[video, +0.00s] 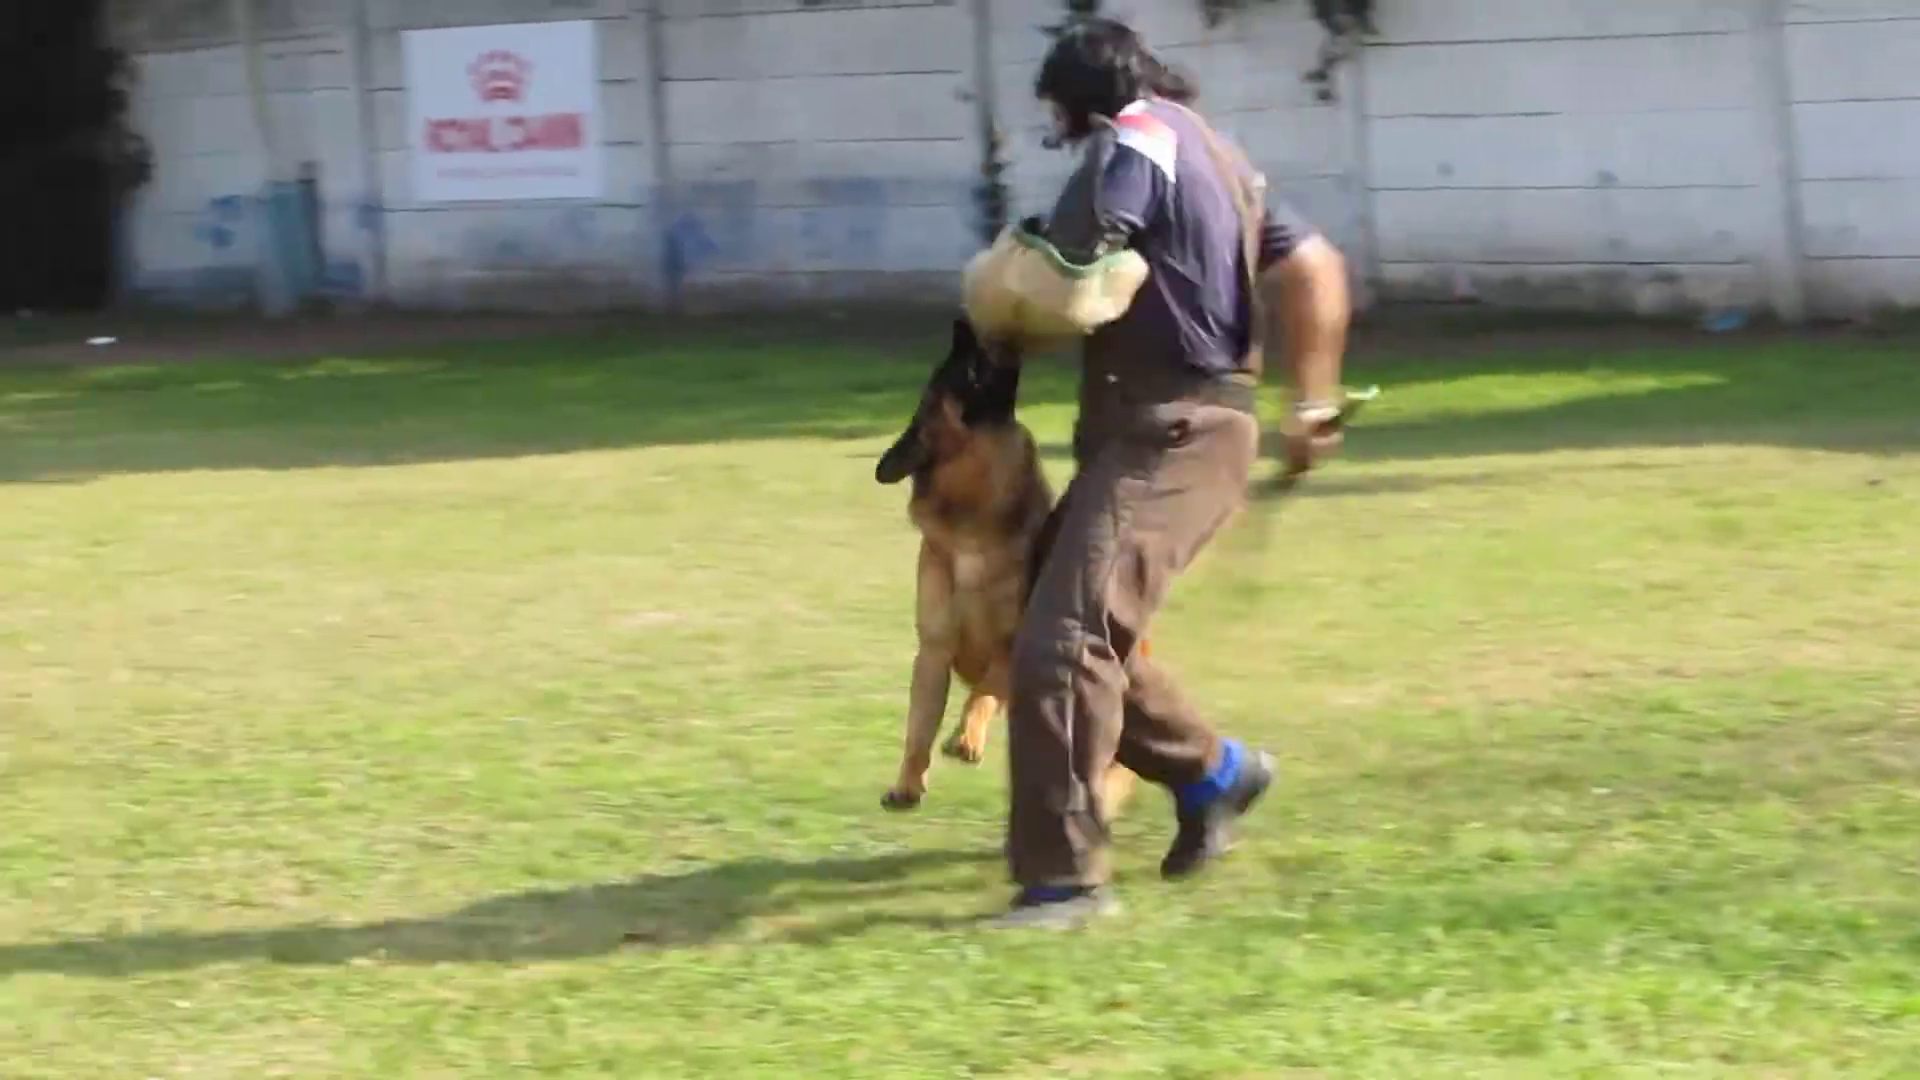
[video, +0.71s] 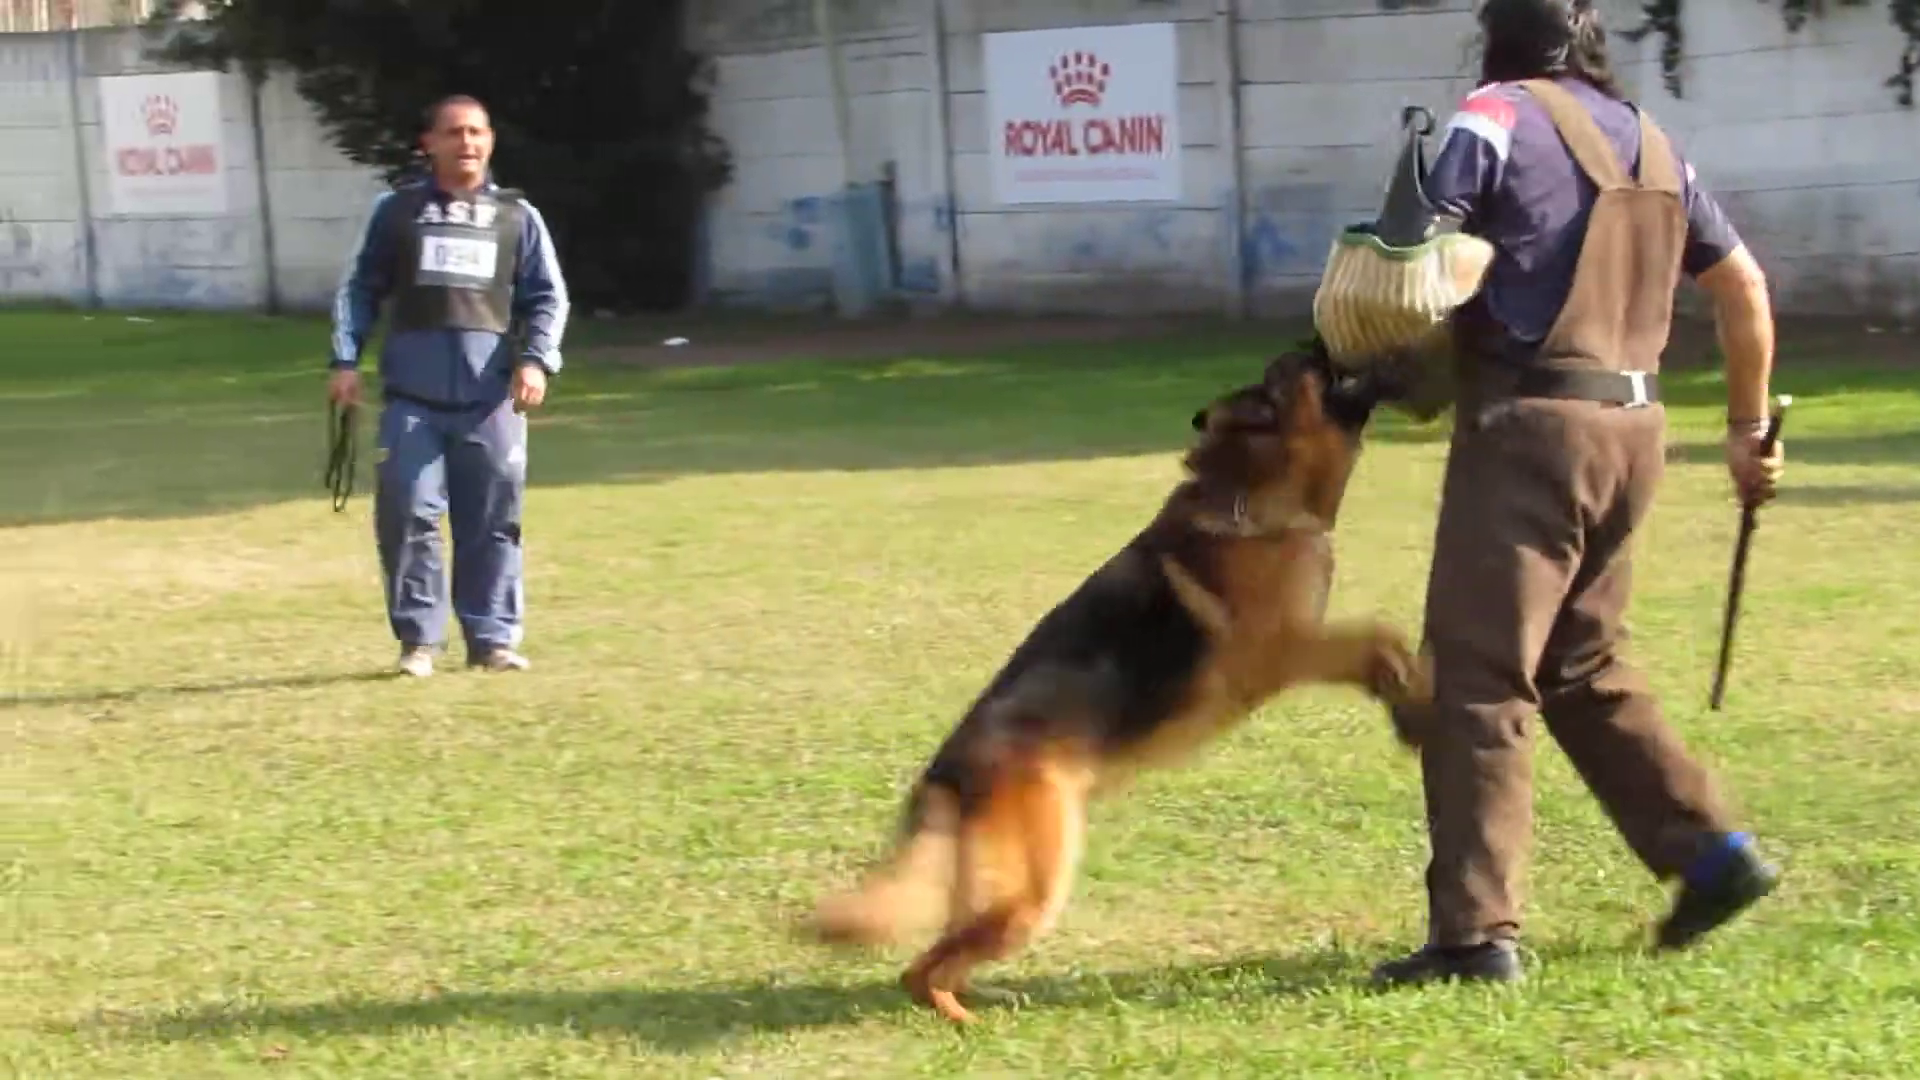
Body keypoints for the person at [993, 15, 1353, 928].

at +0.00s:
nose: (1067, 134)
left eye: (1068, 116)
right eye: (1062, 119)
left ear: (1096, 98)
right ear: (1142, 83)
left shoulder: (1134, 140)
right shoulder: (1210, 147)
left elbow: (1074, 287)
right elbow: (1309, 262)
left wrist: (996, 272)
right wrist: (1314, 399)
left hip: (1171, 435)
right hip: (1186, 430)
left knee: (1064, 641)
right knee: (1064, 620)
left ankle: (1064, 879)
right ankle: (1208, 769)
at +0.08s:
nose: (1116, 134)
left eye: (1117, 118)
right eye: (1111, 122)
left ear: (1147, 101)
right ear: (1198, 84)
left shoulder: (1181, 128)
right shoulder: (1281, 145)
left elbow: (1125, 280)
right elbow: (1402, 227)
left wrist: (1048, 308)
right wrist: (1445, 361)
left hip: (1204, 428)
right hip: (1242, 429)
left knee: (1106, 645)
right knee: (1111, 637)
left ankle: (1164, 875)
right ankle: (1226, 826)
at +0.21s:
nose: (1199, 126)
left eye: (1197, 113)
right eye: (1193, 116)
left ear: (1222, 96)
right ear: (1296, 81)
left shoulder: (1246, 113)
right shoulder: (1384, 148)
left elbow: (1208, 250)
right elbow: (1510, 230)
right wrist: (1540, 366)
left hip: (1312, 410)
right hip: (1384, 429)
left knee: (1160, 617)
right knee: (1236, 646)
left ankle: (1249, 850)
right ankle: (1262, 869)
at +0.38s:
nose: (1302, 145)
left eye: (1303, 132)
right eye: (1303, 133)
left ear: (1322, 127)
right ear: (1400, 111)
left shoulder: (1314, 192)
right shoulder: (1498, 190)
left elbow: (1274, 357)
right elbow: (1587, 327)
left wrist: (1238, 420)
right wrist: (1586, 474)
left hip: (1388, 453)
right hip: (1497, 472)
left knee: (1304, 690)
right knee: (1370, 692)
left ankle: (1300, 931)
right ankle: (1399, 888)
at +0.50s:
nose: (1402, 122)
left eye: (1405, 107)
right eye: (1405, 109)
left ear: (1425, 102)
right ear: (1512, 92)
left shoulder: (1407, 167)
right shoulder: (1597, 177)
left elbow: (1344, 329)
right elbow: (1675, 324)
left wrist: (1331, 429)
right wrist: (1627, 439)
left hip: (1454, 443)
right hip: (1567, 456)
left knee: (1377, 690)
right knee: (1472, 683)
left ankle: (1390, 935)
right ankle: (1494, 887)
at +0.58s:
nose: (1453, 94)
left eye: (1457, 79)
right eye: (1456, 82)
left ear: (1476, 75)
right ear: (1566, 73)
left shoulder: (1457, 133)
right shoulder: (1636, 161)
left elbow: (1380, 266)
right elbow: (1721, 305)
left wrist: (1357, 378)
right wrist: (1687, 432)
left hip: (1496, 431)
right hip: (1604, 440)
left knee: (1430, 681)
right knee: (1527, 675)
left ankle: (1437, 933)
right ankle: (1580, 885)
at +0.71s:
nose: (1482, 63)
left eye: (1484, 50)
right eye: (1488, 51)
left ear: (1501, 51)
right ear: (1587, 48)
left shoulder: (1497, 112)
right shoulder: (1651, 141)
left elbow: (1414, 248)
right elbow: (1742, 286)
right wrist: (1751, 427)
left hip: (1533, 425)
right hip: (1634, 429)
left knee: (1479, 680)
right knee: (1580, 660)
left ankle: (1475, 936)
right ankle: (1708, 854)